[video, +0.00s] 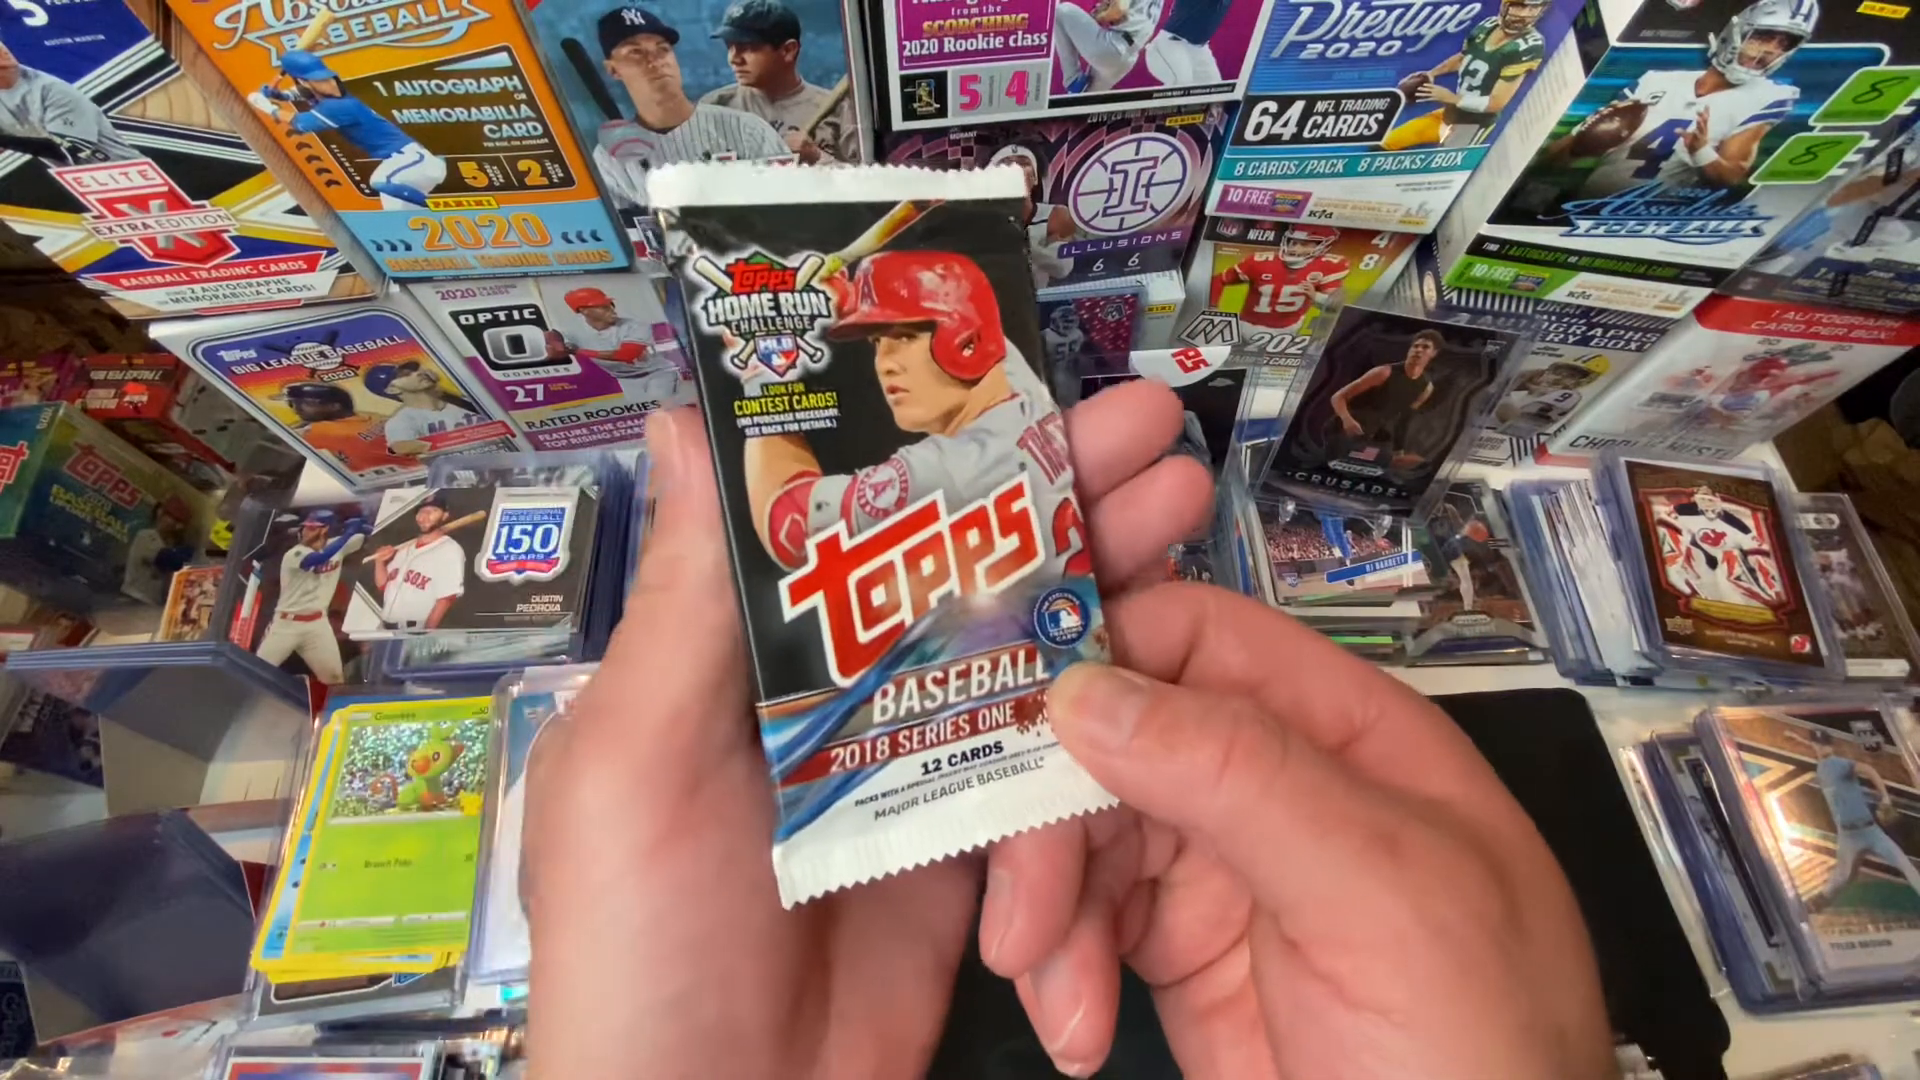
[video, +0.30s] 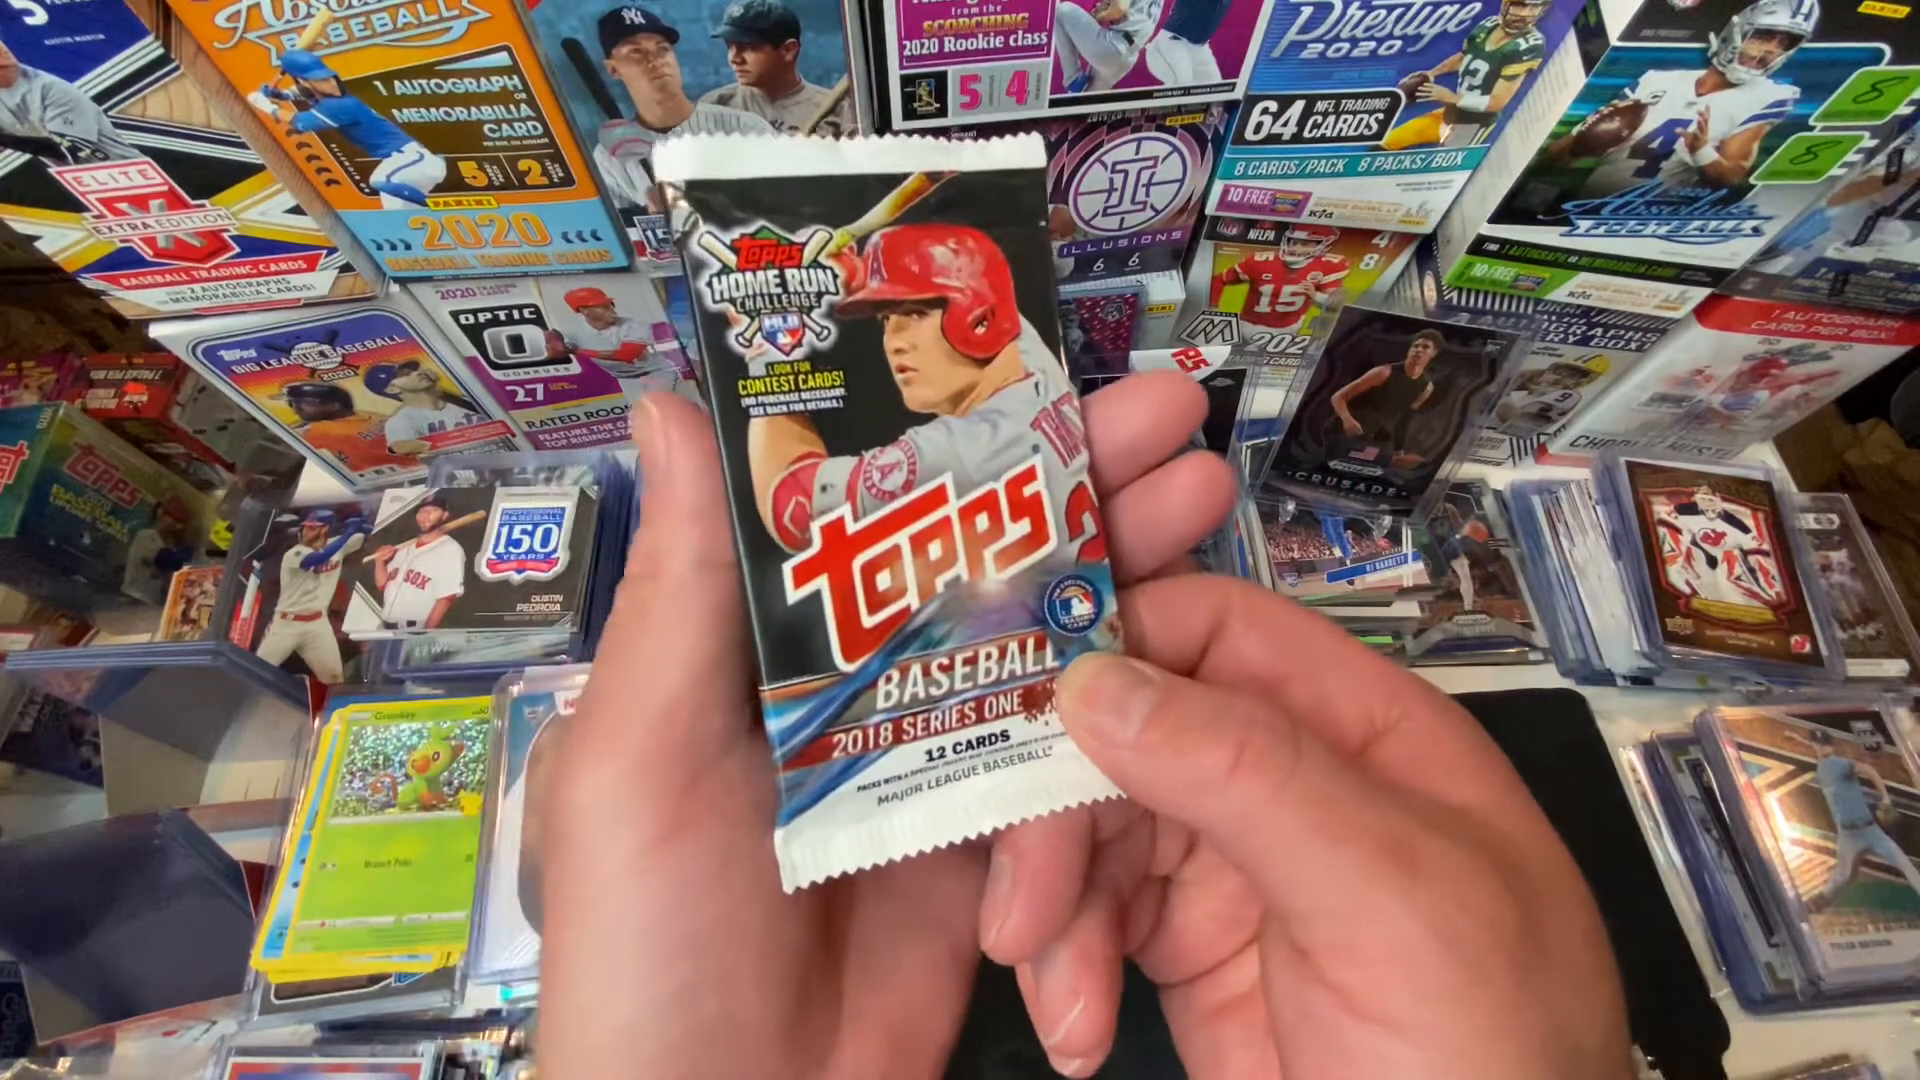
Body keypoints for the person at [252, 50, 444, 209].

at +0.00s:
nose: (297, 87)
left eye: (298, 82)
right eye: (298, 83)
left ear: (306, 83)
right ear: (323, 77)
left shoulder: (341, 107)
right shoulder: (332, 100)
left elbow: (298, 122)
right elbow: (302, 93)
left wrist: (268, 108)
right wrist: (277, 95)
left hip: (414, 158)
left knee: (380, 180)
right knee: (397, 224)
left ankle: (432, 213)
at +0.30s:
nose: (298, 86)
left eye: (299, 82)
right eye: (298, 83)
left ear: (308, 83)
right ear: (324, 78)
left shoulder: (342, 106)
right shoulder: (335, 100)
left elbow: (298, 122)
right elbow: (303, 92)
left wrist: (267, 107)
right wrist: (277, 94)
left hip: (413, 158)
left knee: (380, 179)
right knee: (397, 223)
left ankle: (431, 213)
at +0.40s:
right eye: (322, 78)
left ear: (309, 83)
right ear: (308, 84)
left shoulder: (344, 106)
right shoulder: (333, 102)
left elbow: (300, 122)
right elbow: (303, 92)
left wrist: (270, 110)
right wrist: (277, 95)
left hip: (415, 158)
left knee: (381, 179)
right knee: (399, 222)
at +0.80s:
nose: (330, 80)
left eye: (328, 77)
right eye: (323, 78)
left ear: (309, 83)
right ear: (306, 83)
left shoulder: (343, 106)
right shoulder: (331, 102)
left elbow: (300, 122)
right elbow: (300, 92)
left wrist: (271, 109)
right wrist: (276, 94)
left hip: (414, 158)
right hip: (405, 165)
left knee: (381, 179)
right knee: (398, 222)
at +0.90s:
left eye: (301, 82)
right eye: (321, 79)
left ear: (308, 83)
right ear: (310, 82)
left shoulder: (343, 106)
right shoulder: (333, 102)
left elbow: (299, 123)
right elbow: (302, 93)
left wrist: (271, 109)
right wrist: (278, 95)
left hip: (415, 158)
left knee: (381, 179)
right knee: (398, 221)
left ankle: (434, 216)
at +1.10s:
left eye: (301, 82)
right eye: (321, 78)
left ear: (308, 83)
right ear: (308, 83)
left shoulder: (343, 106)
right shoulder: (332, 102)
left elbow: (299, 123)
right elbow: (301, 93)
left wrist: (270, 109)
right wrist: (277, 95)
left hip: (415, 158)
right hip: (405, 166)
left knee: (381, 179)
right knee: (397, 223)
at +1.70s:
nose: (331, 80)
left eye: (329, 76)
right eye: (323, 78)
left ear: (308, 82)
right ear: (306, 83)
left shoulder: (344, 106)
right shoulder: (331, 105)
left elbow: (300, 122)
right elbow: (299, 92)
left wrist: (270, 108)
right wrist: (275, 94)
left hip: (415, 159)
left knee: (381, 179)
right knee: (400, 223)